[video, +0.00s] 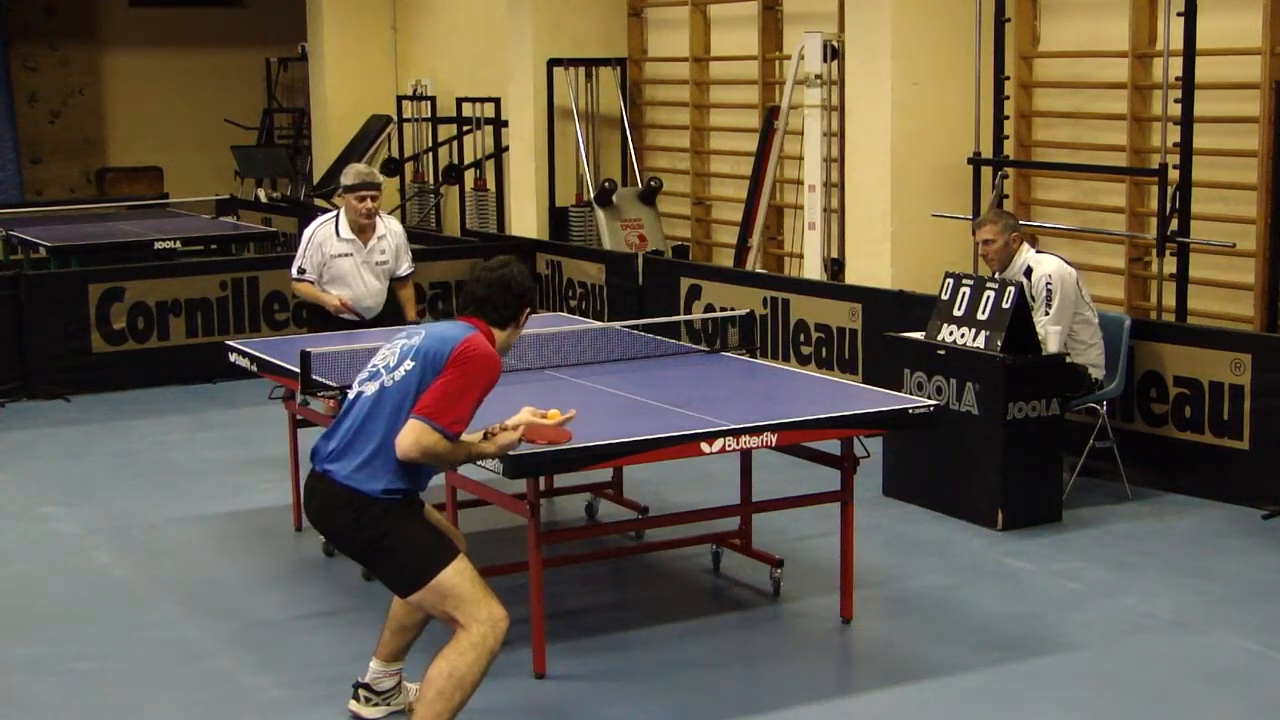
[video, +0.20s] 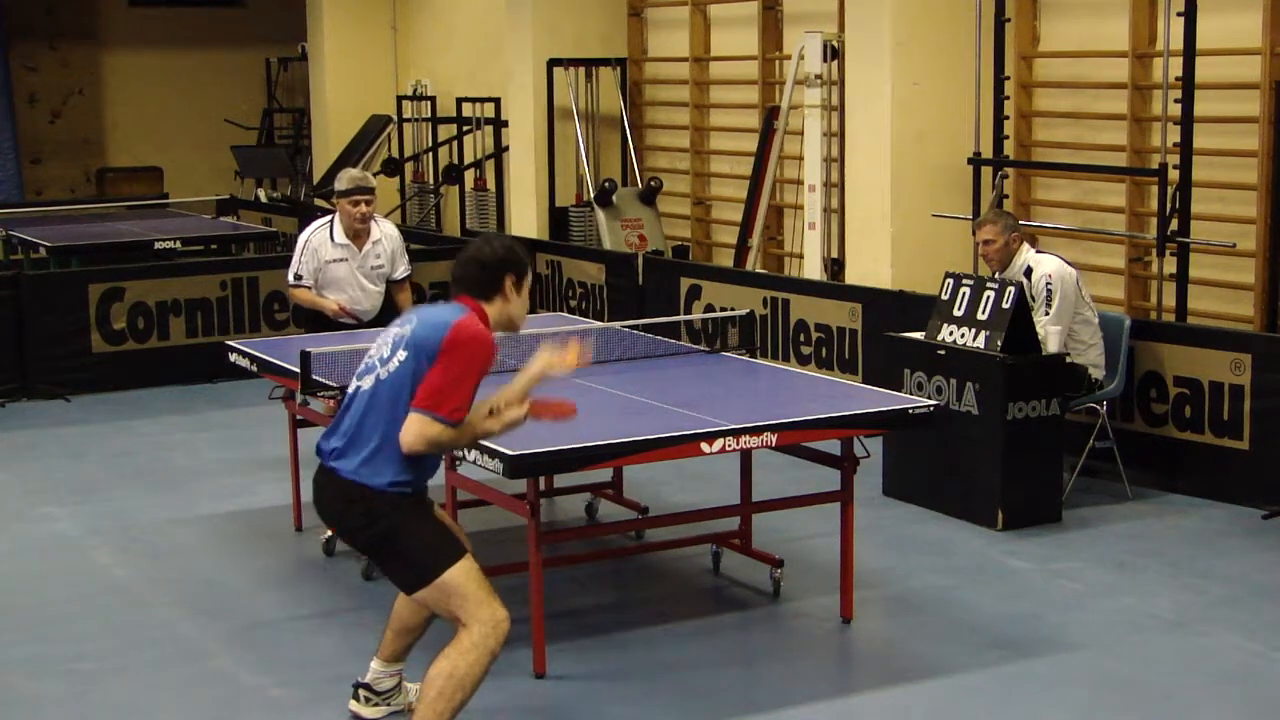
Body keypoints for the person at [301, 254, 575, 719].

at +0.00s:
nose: (526, 325)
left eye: (526, 315)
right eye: (529, 315)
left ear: (473, 300)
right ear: (521, 316)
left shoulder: (427, 332)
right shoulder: (479, 353)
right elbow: (413, 444)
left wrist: (492, 435)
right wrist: (478, 448)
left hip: (330, 482)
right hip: (361, 500)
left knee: (448, 546)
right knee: (486, 621)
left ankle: (379, 685)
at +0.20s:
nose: (528, 302)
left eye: (529, 290)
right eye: (527, 289)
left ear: (471, 283)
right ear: (507, 286)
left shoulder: (426, 316)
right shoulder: (470, 333)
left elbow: (472, 418)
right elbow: (417, 435)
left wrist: (533, 374)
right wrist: (479, 427)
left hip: (340, 478)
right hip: (372, 494)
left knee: (450, 551)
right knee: (487, 622)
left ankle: (380, 684)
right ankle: (425, 714)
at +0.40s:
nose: (526, 240)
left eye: (525, 229)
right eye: (520, 229)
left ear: (476, 232)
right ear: (489, 232)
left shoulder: (417, 275)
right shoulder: (457, 291)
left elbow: (489, 358)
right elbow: (435, 410)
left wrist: (536, 282)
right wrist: (501, 374)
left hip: (363, 461)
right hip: (400, 476)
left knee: (441, 576)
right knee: (489, 619)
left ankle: (380, 685)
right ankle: (424, 715)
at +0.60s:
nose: (531, 195)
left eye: (527, 184)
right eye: (521, 186)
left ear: (488, 200)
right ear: (490, 199)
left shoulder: (471, 260)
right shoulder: (435, 262)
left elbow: (446, 352)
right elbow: (395, 359)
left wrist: (499, 348)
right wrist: (450, 305)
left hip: (433, 448)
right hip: (416, 454)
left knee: (450, 575)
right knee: (489, 618)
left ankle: (387, 684)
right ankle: (425, 714)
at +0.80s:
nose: (561, 232)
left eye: (564, 221)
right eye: (558, 219)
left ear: (514, 204)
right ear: (519, 206)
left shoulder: (475, 240)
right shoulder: (473, 252)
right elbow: (406, 308)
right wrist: (378, 344)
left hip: (419, 440)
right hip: (446, 446)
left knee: (457, 565)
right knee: (530, 595)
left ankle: (387, 686)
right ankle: (444, 715)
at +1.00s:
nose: (602, 252)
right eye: (605, 244)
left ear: (545, 220)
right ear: (598, 246)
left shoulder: (484, 250)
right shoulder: (564, 283)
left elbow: (389, 267)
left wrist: (304, 260)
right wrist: (543, 387)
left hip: (415, 447)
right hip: (475, 457)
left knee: (448, 562)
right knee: (602, 563)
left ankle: (385, 687)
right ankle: (561, 702)